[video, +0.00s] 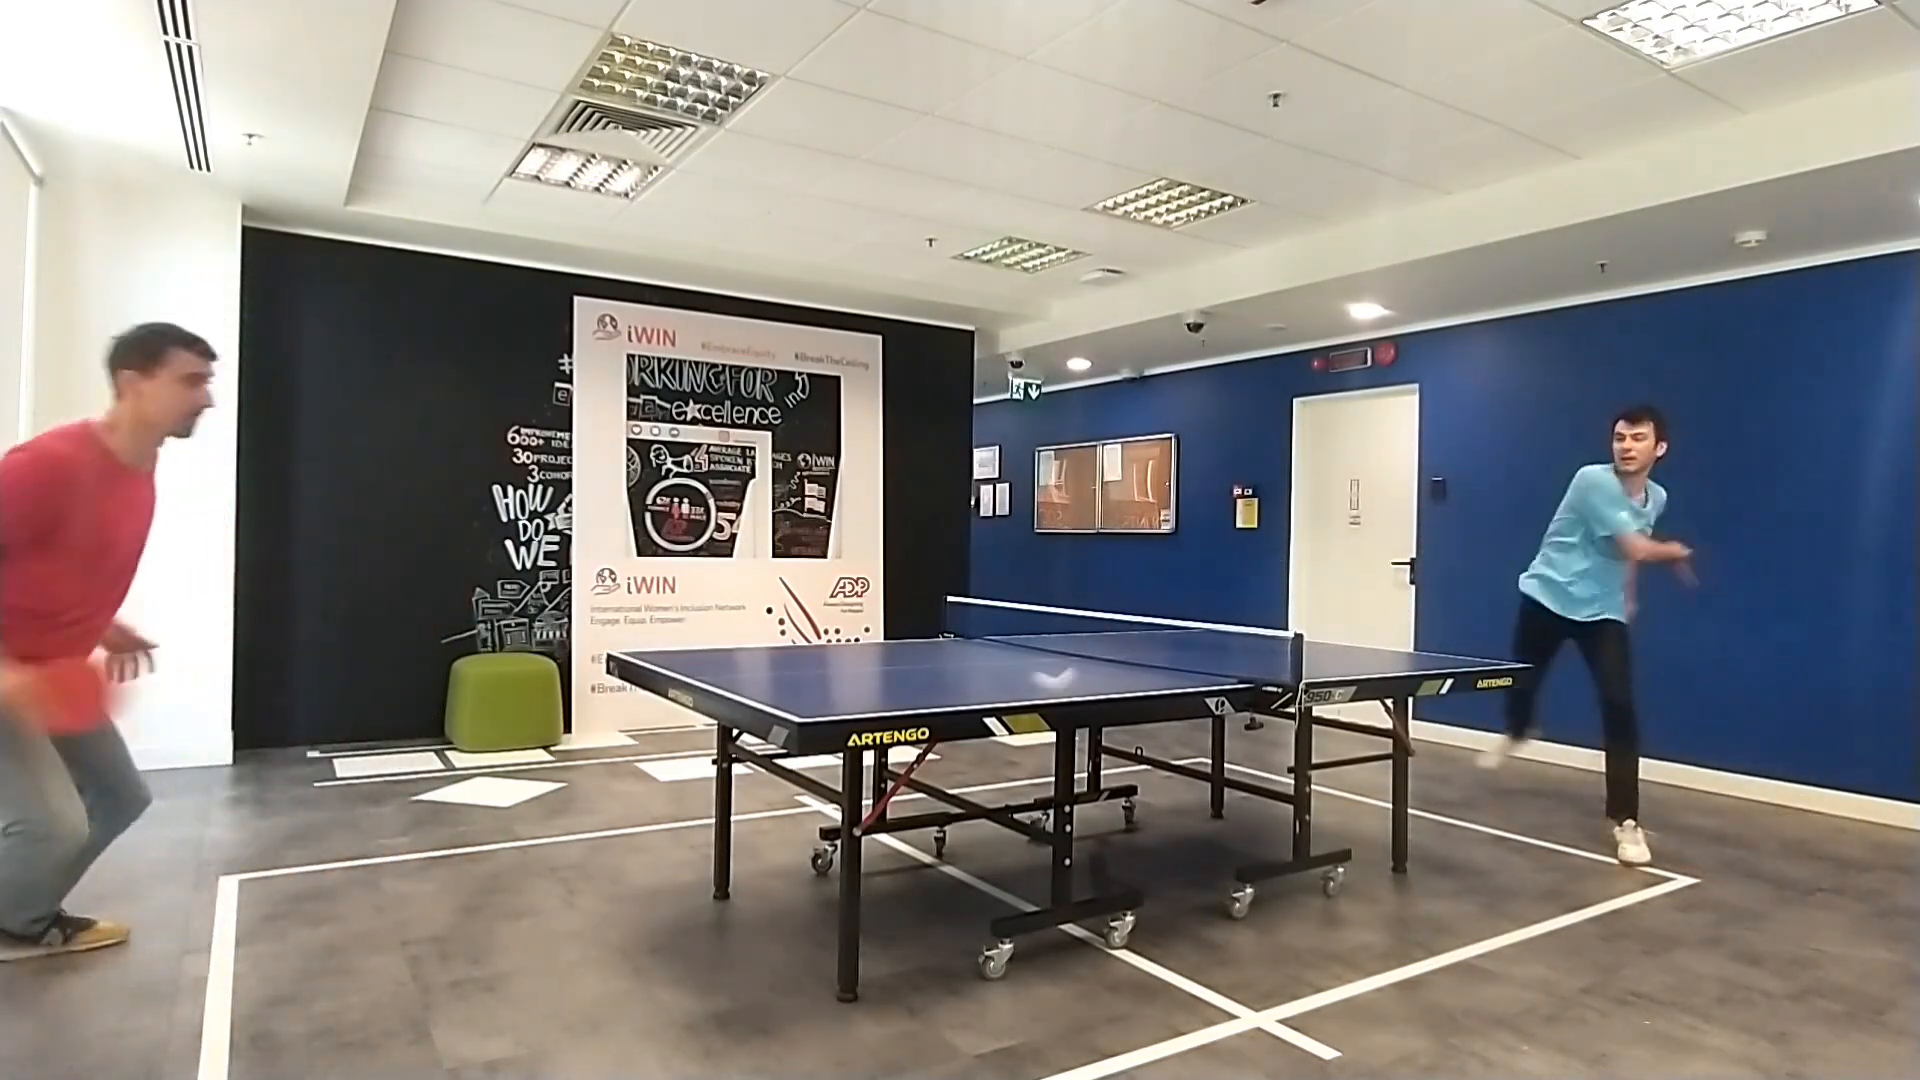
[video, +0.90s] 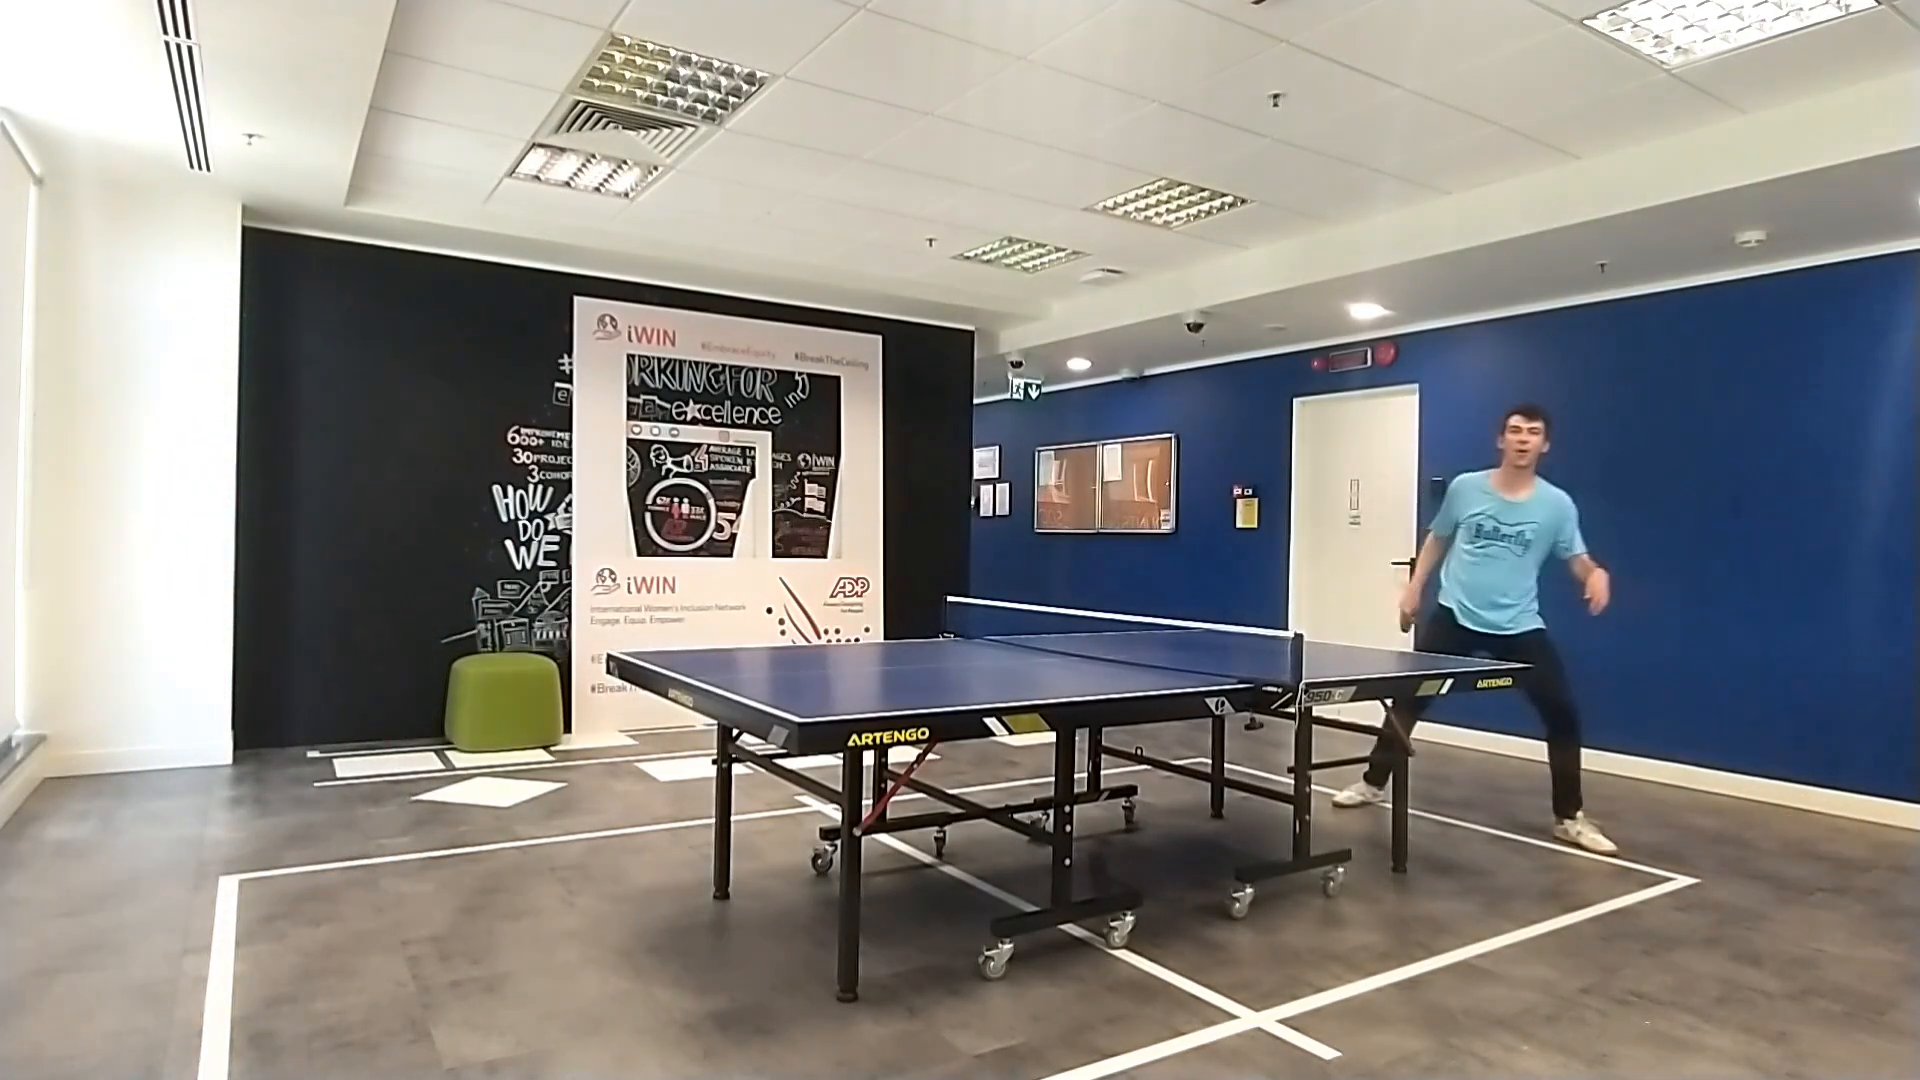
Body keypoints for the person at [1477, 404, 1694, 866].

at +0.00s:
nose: (1626, 446)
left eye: (1638, 438)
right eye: (1620, 438)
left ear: (1659, 448)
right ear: (1611, 444)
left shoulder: (1656, 499)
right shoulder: (1592, 480)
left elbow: (1631, 552)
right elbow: (1635, 547)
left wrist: (1628, 598)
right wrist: (1676, 551)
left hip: (1602, 608)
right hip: (1547, 597)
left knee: (1619, 704)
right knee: (1521, 682)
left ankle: (1625, 820)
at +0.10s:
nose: (1618, 456)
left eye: (1630, 448)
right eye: (1612, 447)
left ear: (1650, 458)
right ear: (1603, 453)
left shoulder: (1646, 508)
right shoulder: (1577, 494)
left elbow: (1614, 563)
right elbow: (1581, 569)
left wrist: (1622, 582)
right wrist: (1632, 577)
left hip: (1588, 616)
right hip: (1531, 607)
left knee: (1618, 707)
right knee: (1480, 683)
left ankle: (1625, 823)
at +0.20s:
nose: (1598, 463)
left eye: (1610, 456)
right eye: (1591, 455)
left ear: (1629, 467)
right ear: (1582, 462)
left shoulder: (1626, 521)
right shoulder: (1549, 500)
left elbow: (1590, 576)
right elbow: (1529, 567)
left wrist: (1606, 614)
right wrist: (1598, 603)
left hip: (1567, 628)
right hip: (1508, 617)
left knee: (1610, 710)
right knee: (1444, 688)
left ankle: (1626, 825)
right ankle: (1382, 764)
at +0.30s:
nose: (1566, 470)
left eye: (1578, 463)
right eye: (1559, 461)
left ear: (1596, 473)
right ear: (1549, 468)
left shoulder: (1593, 529)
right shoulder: (1516, 503)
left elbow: (1579, 596)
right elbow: (1480, 553)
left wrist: (1572, 647)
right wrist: (1548, 587)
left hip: (1541, 638)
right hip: (1481, 627)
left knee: (1593, 714)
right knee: (1423, 700)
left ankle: (1625, 825)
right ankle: (1376, 782)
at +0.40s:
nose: (1532, 466)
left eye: (1544, 459)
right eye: (1526, 458)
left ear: (1560, 471)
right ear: (1515, 464)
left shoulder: (1560, 527)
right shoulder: (1480, 499)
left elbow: (1551, 593)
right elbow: (1438, 540)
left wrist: (1561, 656)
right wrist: (1502, 559)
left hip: (1519, 635)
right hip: (1457, 626)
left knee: (1573, 714)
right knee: (1403, 699)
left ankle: (1622, 825)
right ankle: (1371, 785)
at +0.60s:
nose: (1491, 443)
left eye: (1501, 436)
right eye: (1485, 435)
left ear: (1514, 446)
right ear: (1472, 442)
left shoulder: (1526, 504)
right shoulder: (1438, 490)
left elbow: (1527, 567)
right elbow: (1396, 539)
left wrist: (1542, 614)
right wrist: (1432, 552)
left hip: (1501, 625)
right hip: (1438, 620)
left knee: (1547, 714)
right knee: (1391, 690)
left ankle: (1599, 821)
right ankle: (1371, 784)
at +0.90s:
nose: (1523, 439)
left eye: (1532, 433)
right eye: (1515, 432)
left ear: (1545, 444)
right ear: (1501, 440)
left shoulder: (1558, 504)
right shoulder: (1465, 487)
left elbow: (1575, 557)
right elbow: (1437, 538)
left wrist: (1595, 574)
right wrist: (1414, 586)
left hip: (1519, 626)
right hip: (1454, 618)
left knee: (1562, 713)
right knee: (1410, 697)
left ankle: (1569, 818)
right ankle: (1371, 784)